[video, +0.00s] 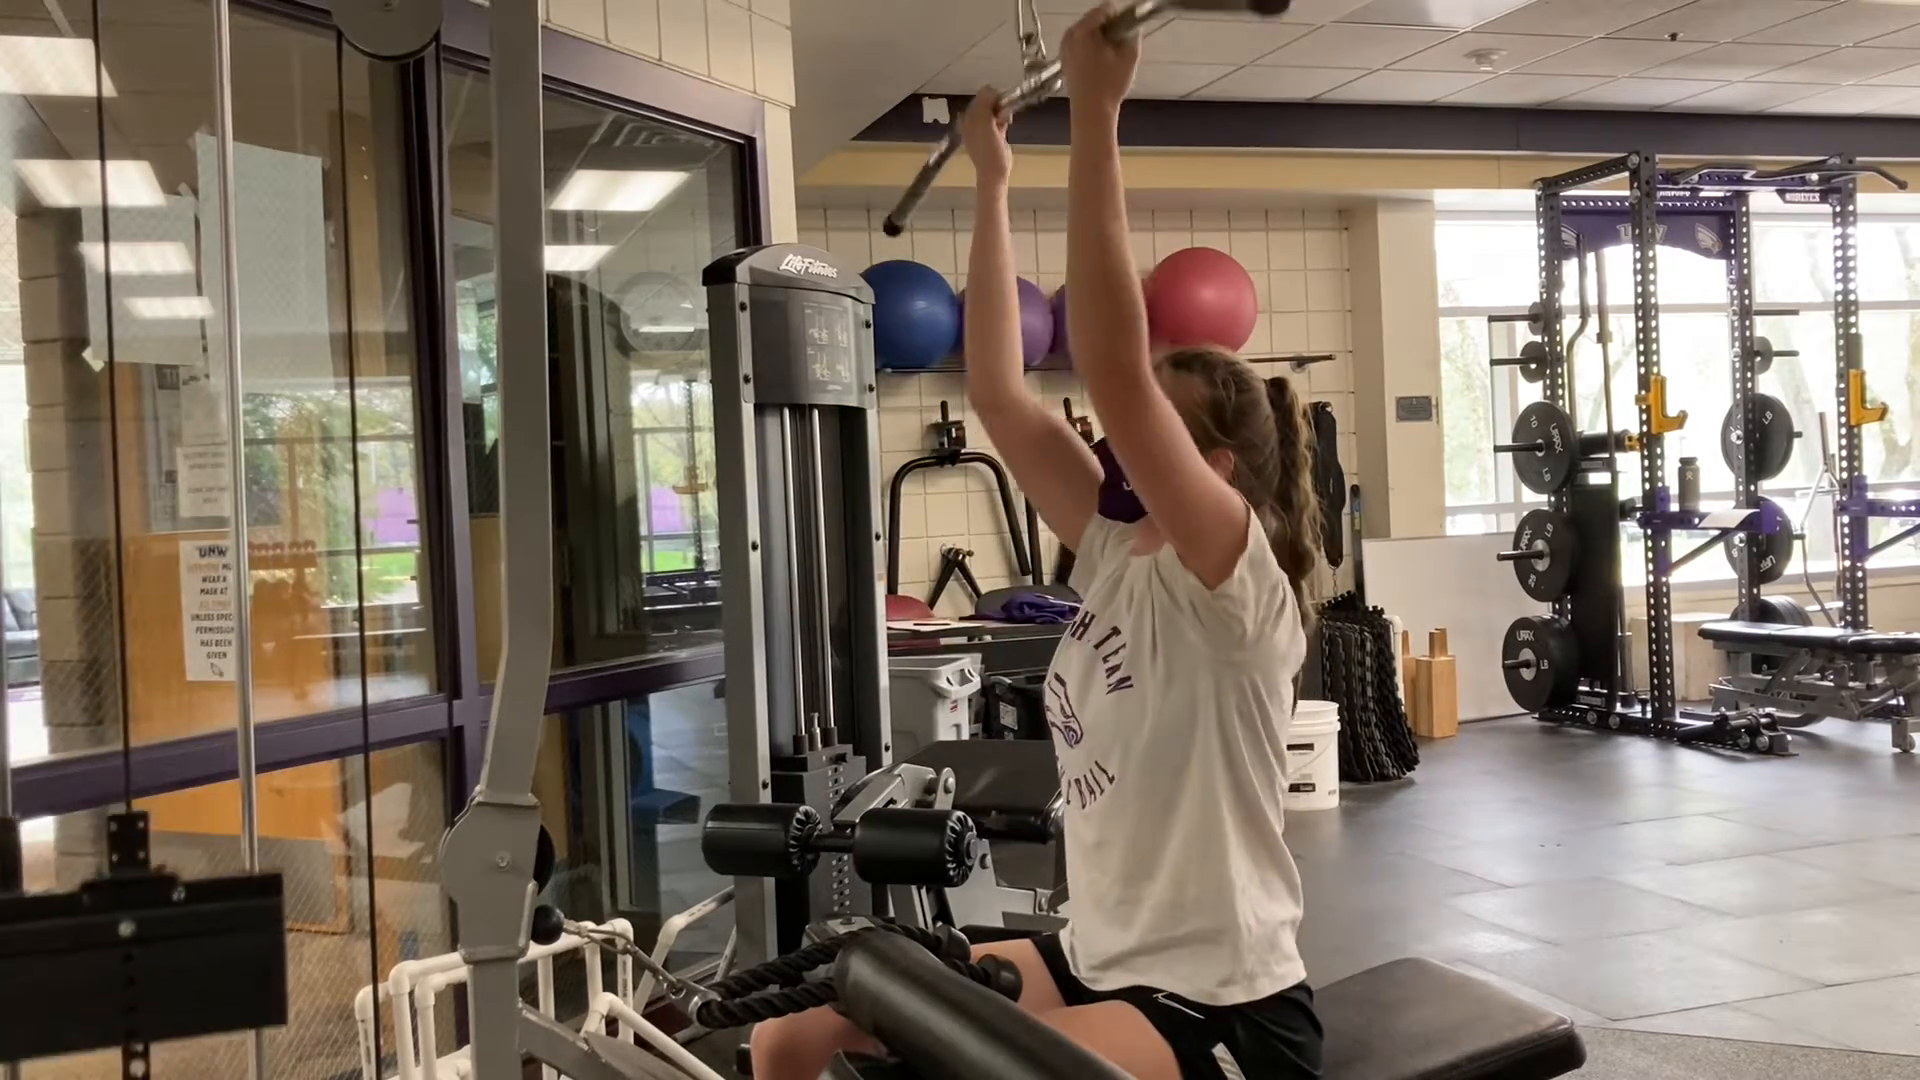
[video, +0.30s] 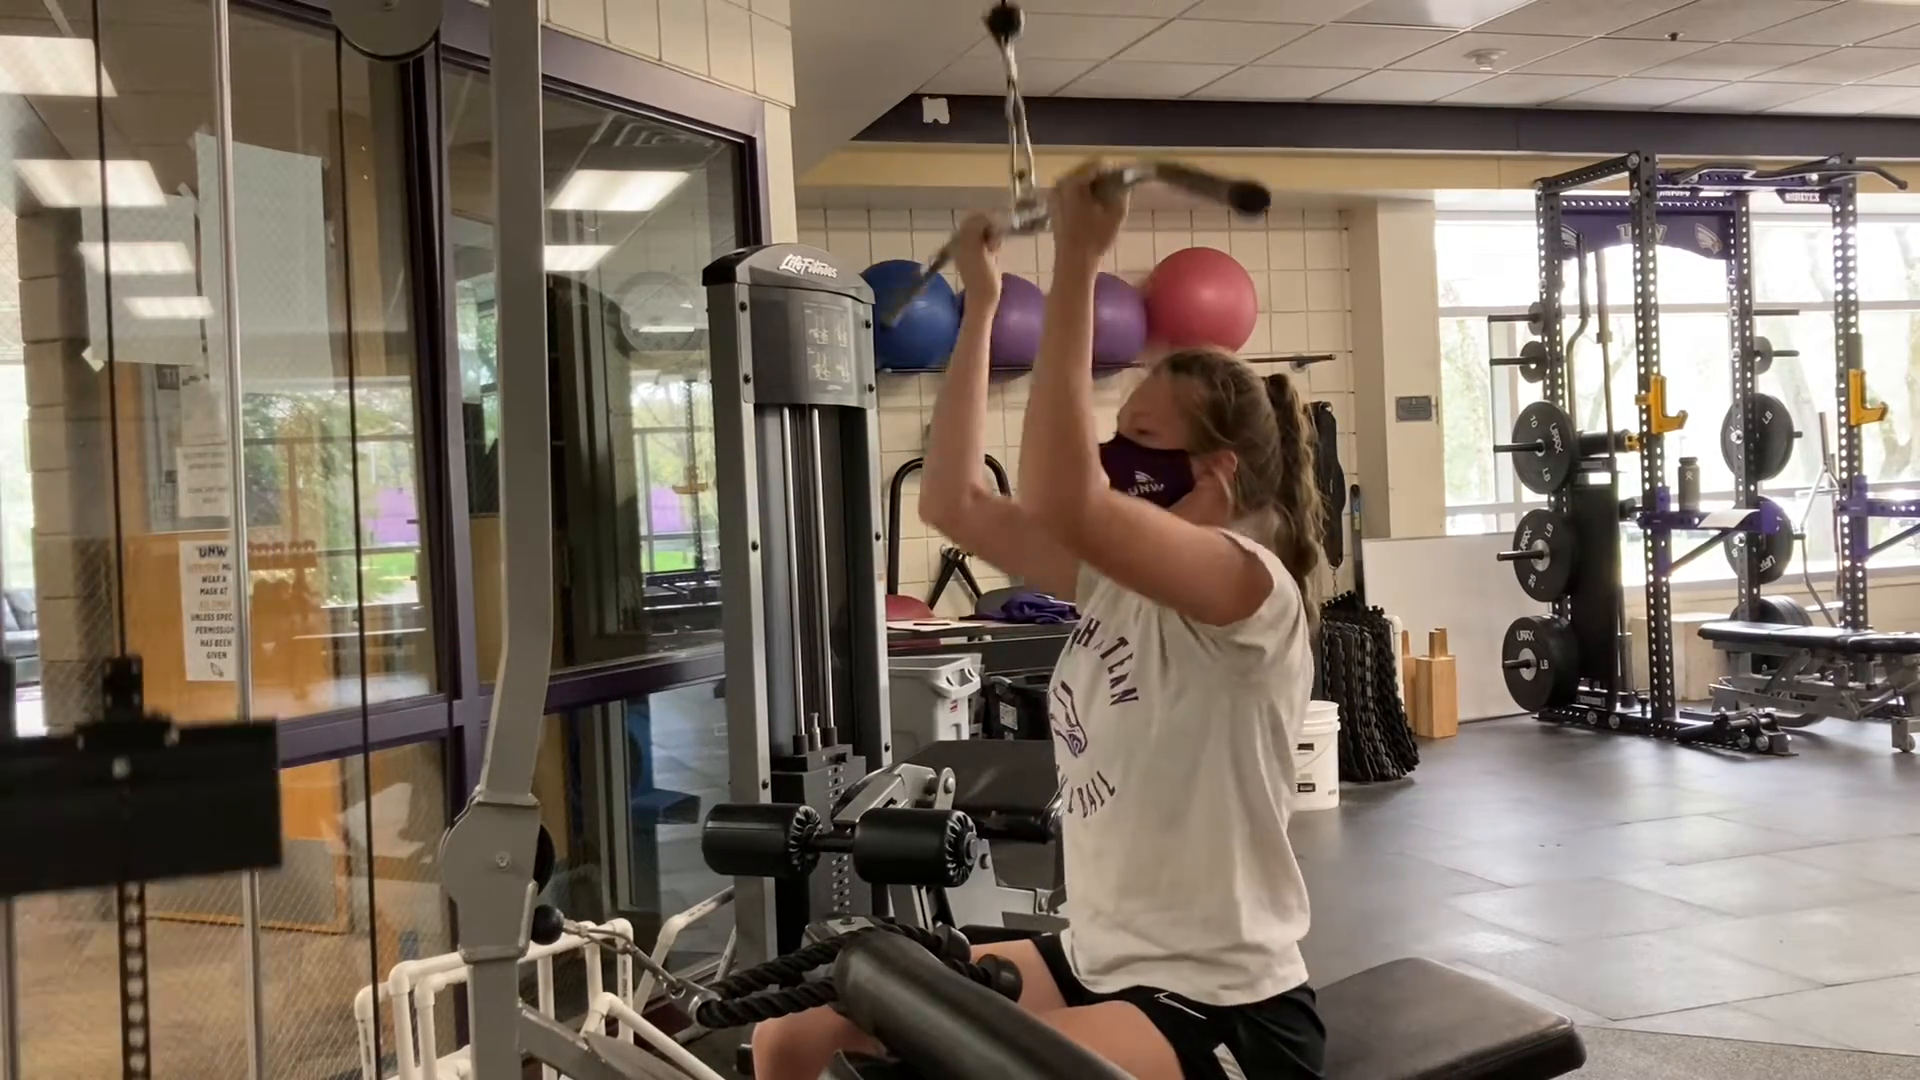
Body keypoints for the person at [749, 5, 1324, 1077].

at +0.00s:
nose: (1132, 451)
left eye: (1157, 425)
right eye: (1135, 430)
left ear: (1227, 458)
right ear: (1158, 451)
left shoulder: (1242, 576)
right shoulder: (1106, 543)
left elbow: (1117, 363)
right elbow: (1000, 392)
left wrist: (1094, 111)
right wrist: (991, 180)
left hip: (1222, 1008)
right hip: (1096, 967)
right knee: (792, 1040)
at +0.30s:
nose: (1112, 467)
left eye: (1140, 452)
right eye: (1112, 442)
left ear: (1216, 475)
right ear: (1097, 433)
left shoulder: (1246, 585)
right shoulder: (1108, 570)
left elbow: (1066, 503)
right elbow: (952, 500)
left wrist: (1075, 265)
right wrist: (981, 306)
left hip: (1226, 1004)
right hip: (1097, 960)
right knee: (790, 1037)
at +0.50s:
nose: (1110, 460)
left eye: (1142, 445)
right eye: (1112, 440)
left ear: (1217, 476)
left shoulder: (1254, 598)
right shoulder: (1105, 586)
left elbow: (1059, 655)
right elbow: (949, 637)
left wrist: (1075, 431)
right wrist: (970, 455)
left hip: (1225, 1004)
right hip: (1096, 962)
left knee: (949, 1061)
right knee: (791, 1037)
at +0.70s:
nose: (1107, 463)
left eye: (1136, 447)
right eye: (1109, 442)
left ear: (1215, 475)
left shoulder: (1244, 608)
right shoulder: (1121, 601)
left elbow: (1105, 794)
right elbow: (978, 751)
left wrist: (1096, 563)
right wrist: (980, 561)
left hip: (1221, 1004)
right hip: (1097, 961)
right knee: (788, 1042)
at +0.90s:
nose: (1104, 464)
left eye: (1133, 447)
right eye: (1109, 444)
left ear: (1212, 475)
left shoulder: (1239, 620)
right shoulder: (1104, 615)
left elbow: (1170, 866)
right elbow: (1027, 817)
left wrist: (1122, 642)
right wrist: (1001, 632)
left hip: (1222, 1007)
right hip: (1095, 960)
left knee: (957, 1066)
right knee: (788, 1043)